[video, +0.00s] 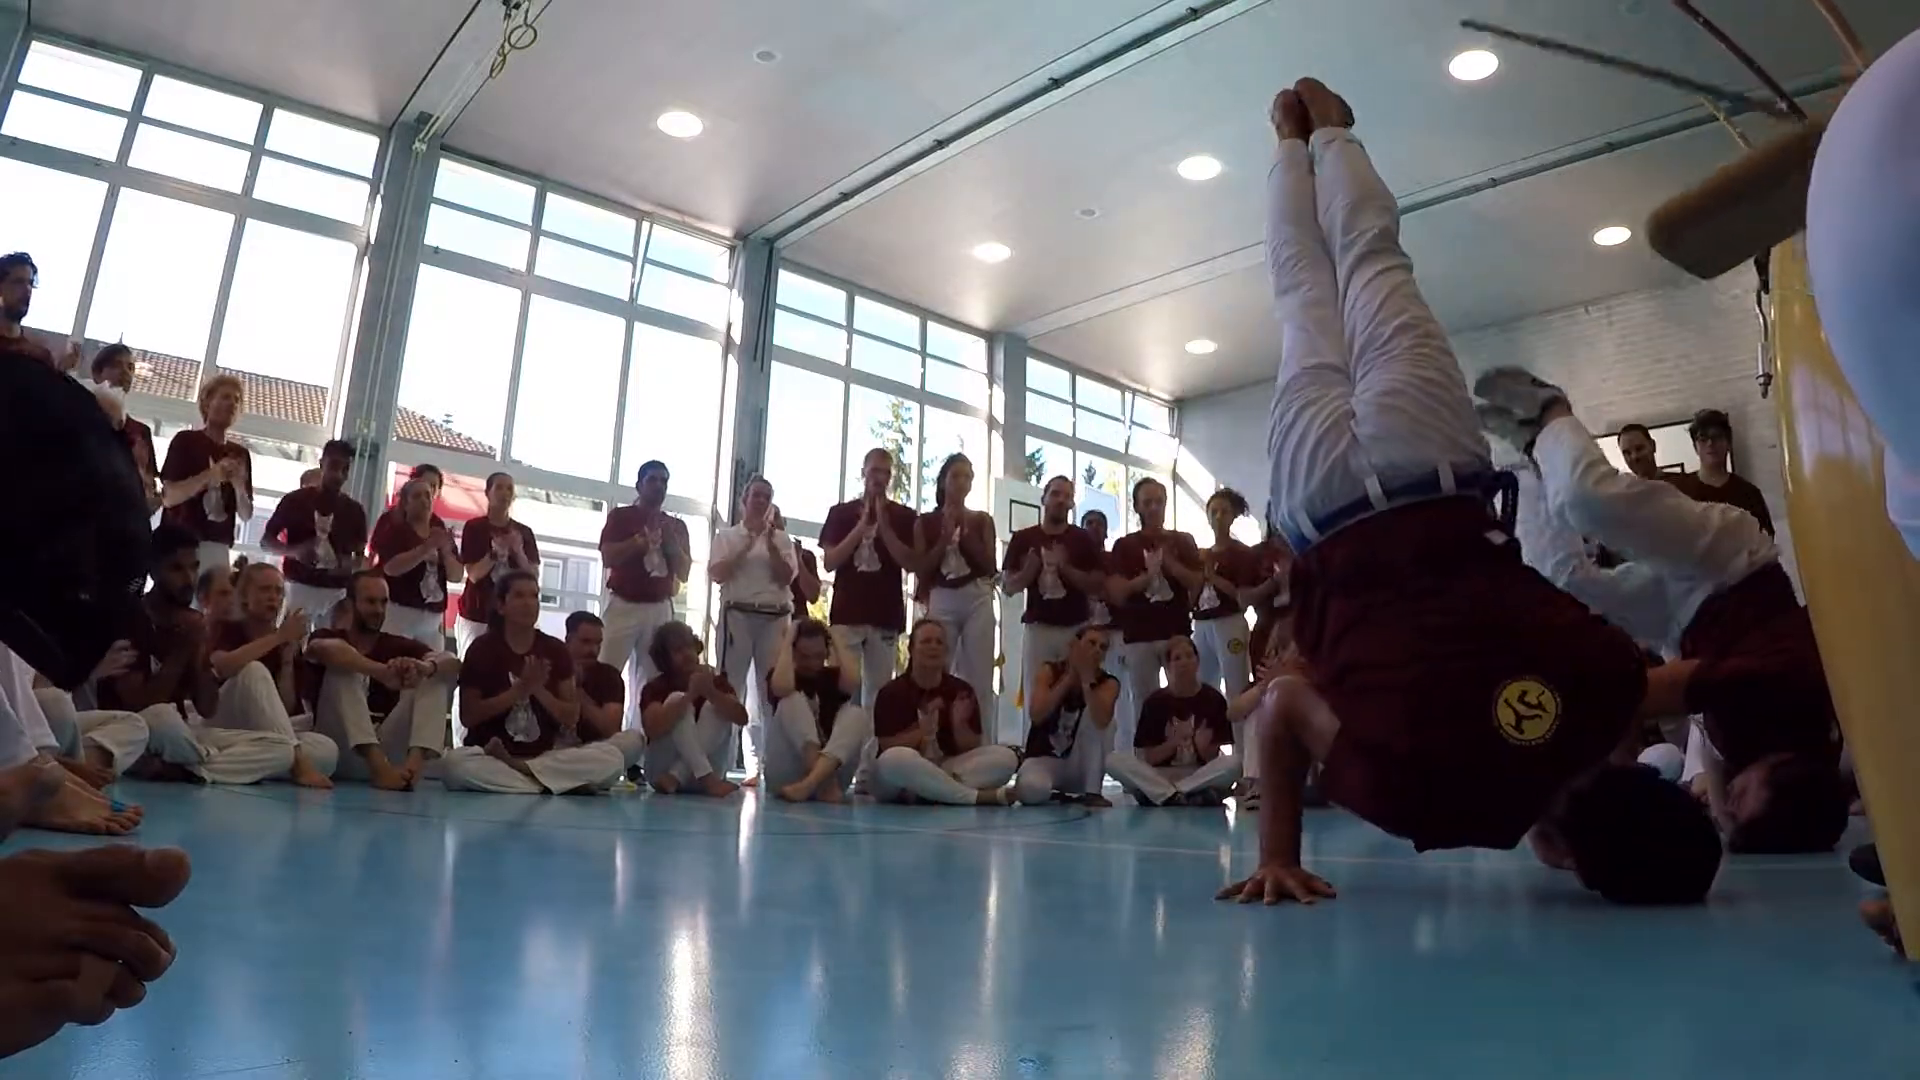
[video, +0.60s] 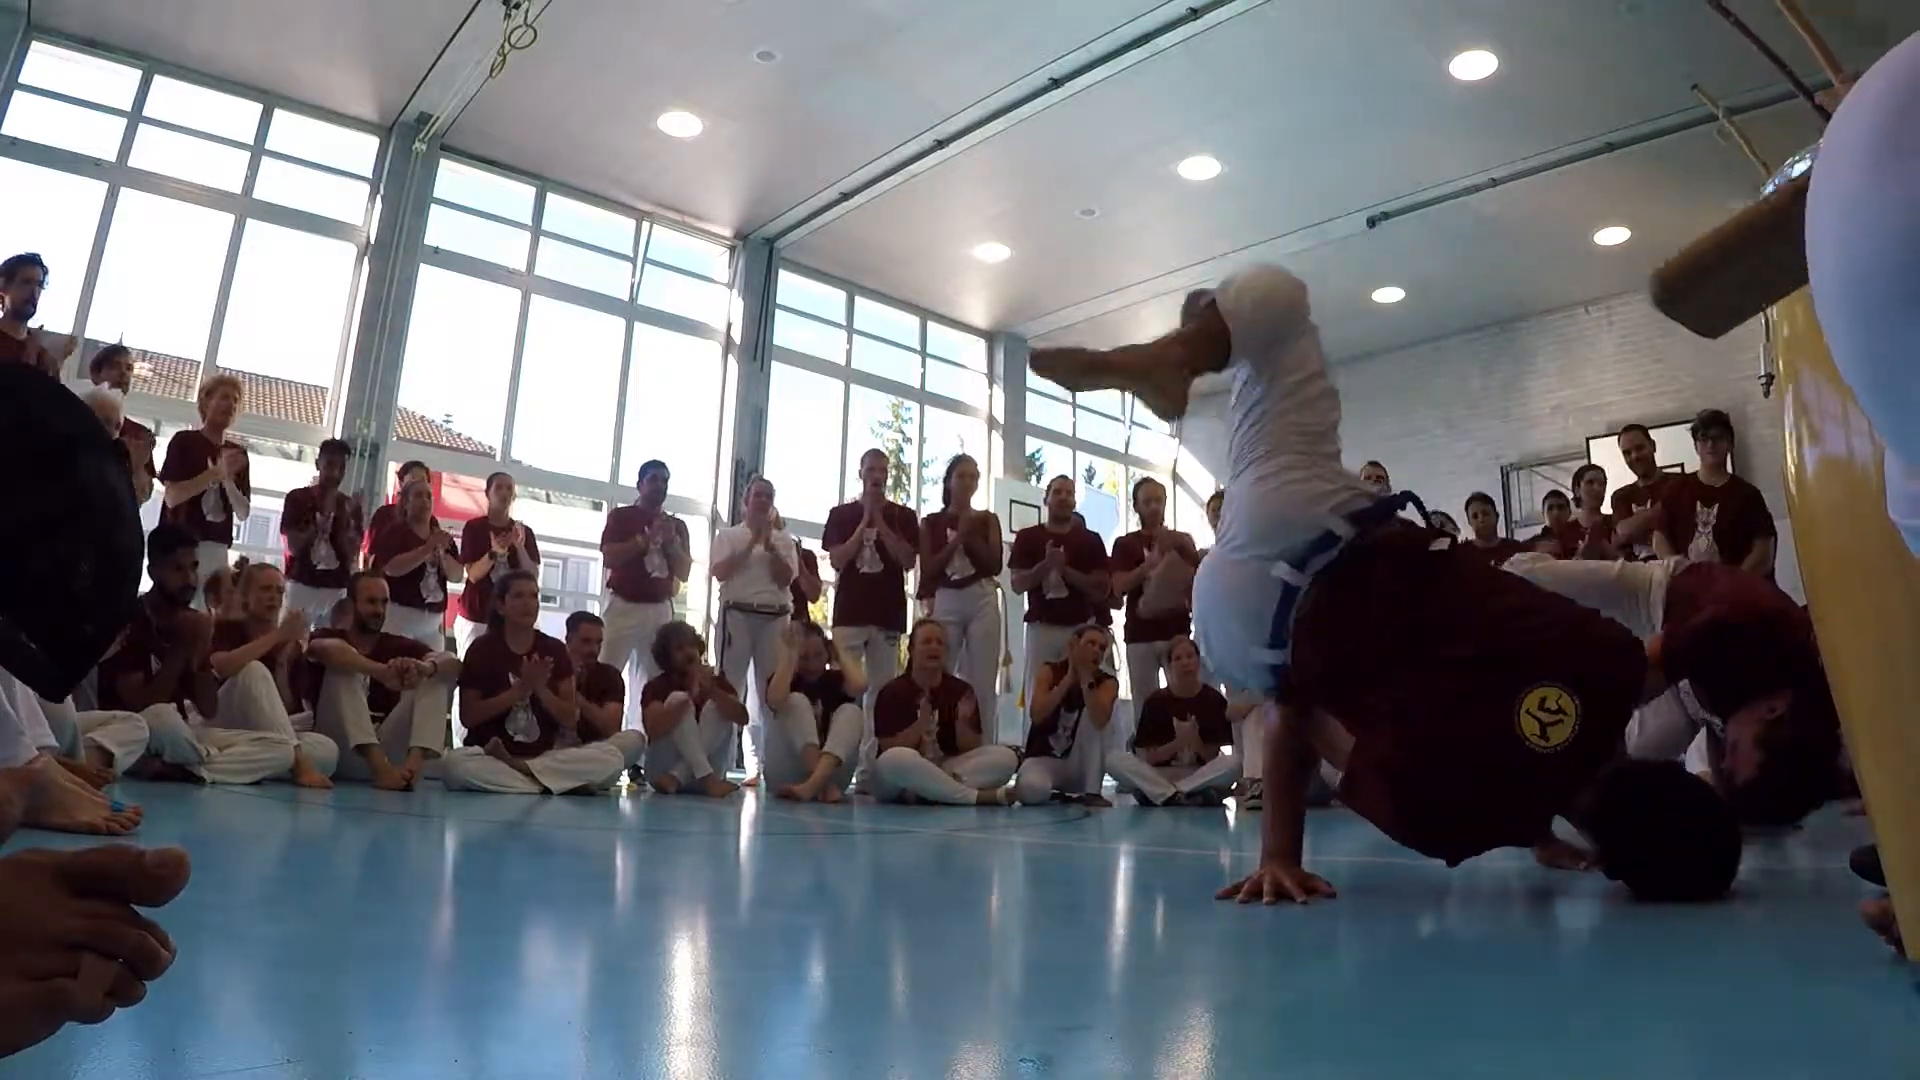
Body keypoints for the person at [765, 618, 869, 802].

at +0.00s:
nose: (812, 663)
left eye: (818, 657)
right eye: (805, 656)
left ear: (827, 654)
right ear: (793, 653)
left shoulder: (833, 677)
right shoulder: (778, 675)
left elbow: (853, 683)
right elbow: (783, 689)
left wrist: (835, 639)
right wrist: (788, 640)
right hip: (786, 777)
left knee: (856, 713)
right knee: (793, 701)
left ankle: (809, 783)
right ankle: (826, 782)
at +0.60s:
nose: (811, 664)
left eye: (818, 656)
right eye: (804, 657)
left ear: (827, 654)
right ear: (794, 656)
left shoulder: (836, 679)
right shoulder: (780, 680)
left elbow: (859, 687)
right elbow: (775, 701)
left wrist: (839, 656)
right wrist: (791, 653)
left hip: (832, 779)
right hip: (785, 777)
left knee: (851, 711)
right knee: (797, 701)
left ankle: (812, 785)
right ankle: (824, 783)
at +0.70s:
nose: (806, 657)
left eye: (812, 649)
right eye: (799, 652)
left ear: (821, 648)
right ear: (790, 653)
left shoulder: (836, 679)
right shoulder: (781, 679)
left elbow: (860, 695)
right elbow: (773, 703)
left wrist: (838, 659)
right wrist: (807, 668)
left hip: (831, 778)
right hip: (785, 776)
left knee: (847, 711)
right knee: (796, 700)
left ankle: (812, 785)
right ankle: (824, 783)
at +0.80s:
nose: (810, 655)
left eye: (814, 647)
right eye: (801, 653)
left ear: (823, 645)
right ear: (791, 658)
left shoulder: (839, 679)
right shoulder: (785, 678)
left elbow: (860, 696)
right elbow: (775, 701)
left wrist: (844, 664)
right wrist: (817, 683)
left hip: (832, 778)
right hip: (785, 776)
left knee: (846, 709)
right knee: (795, 702)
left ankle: (812, 785)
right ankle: (825, 783)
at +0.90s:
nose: (810, 653)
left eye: (812, 644)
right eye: (800, 651)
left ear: (822, 644)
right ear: (790, 657)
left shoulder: (836, 678)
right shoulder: (784, 679)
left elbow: (861, 699)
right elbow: (776, 702)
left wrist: (840, 659)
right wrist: (839, 690)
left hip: (832, 778)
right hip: (786, 777)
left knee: (846, 709)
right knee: (794, 703)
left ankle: (812, 784)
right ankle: (825, 783)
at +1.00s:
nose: (810, 651)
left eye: (813, 642)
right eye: (800, 649)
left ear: (821, 644)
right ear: (790, 656)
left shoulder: (837, 678)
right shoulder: (784, 677)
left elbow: (861, 699)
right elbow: (777, 701)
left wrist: (840, 658)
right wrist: (833, 697)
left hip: (832, 779)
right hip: (786, 777)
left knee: (845, 709)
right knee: (795, 704)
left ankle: (812, 785)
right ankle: (824, 784)